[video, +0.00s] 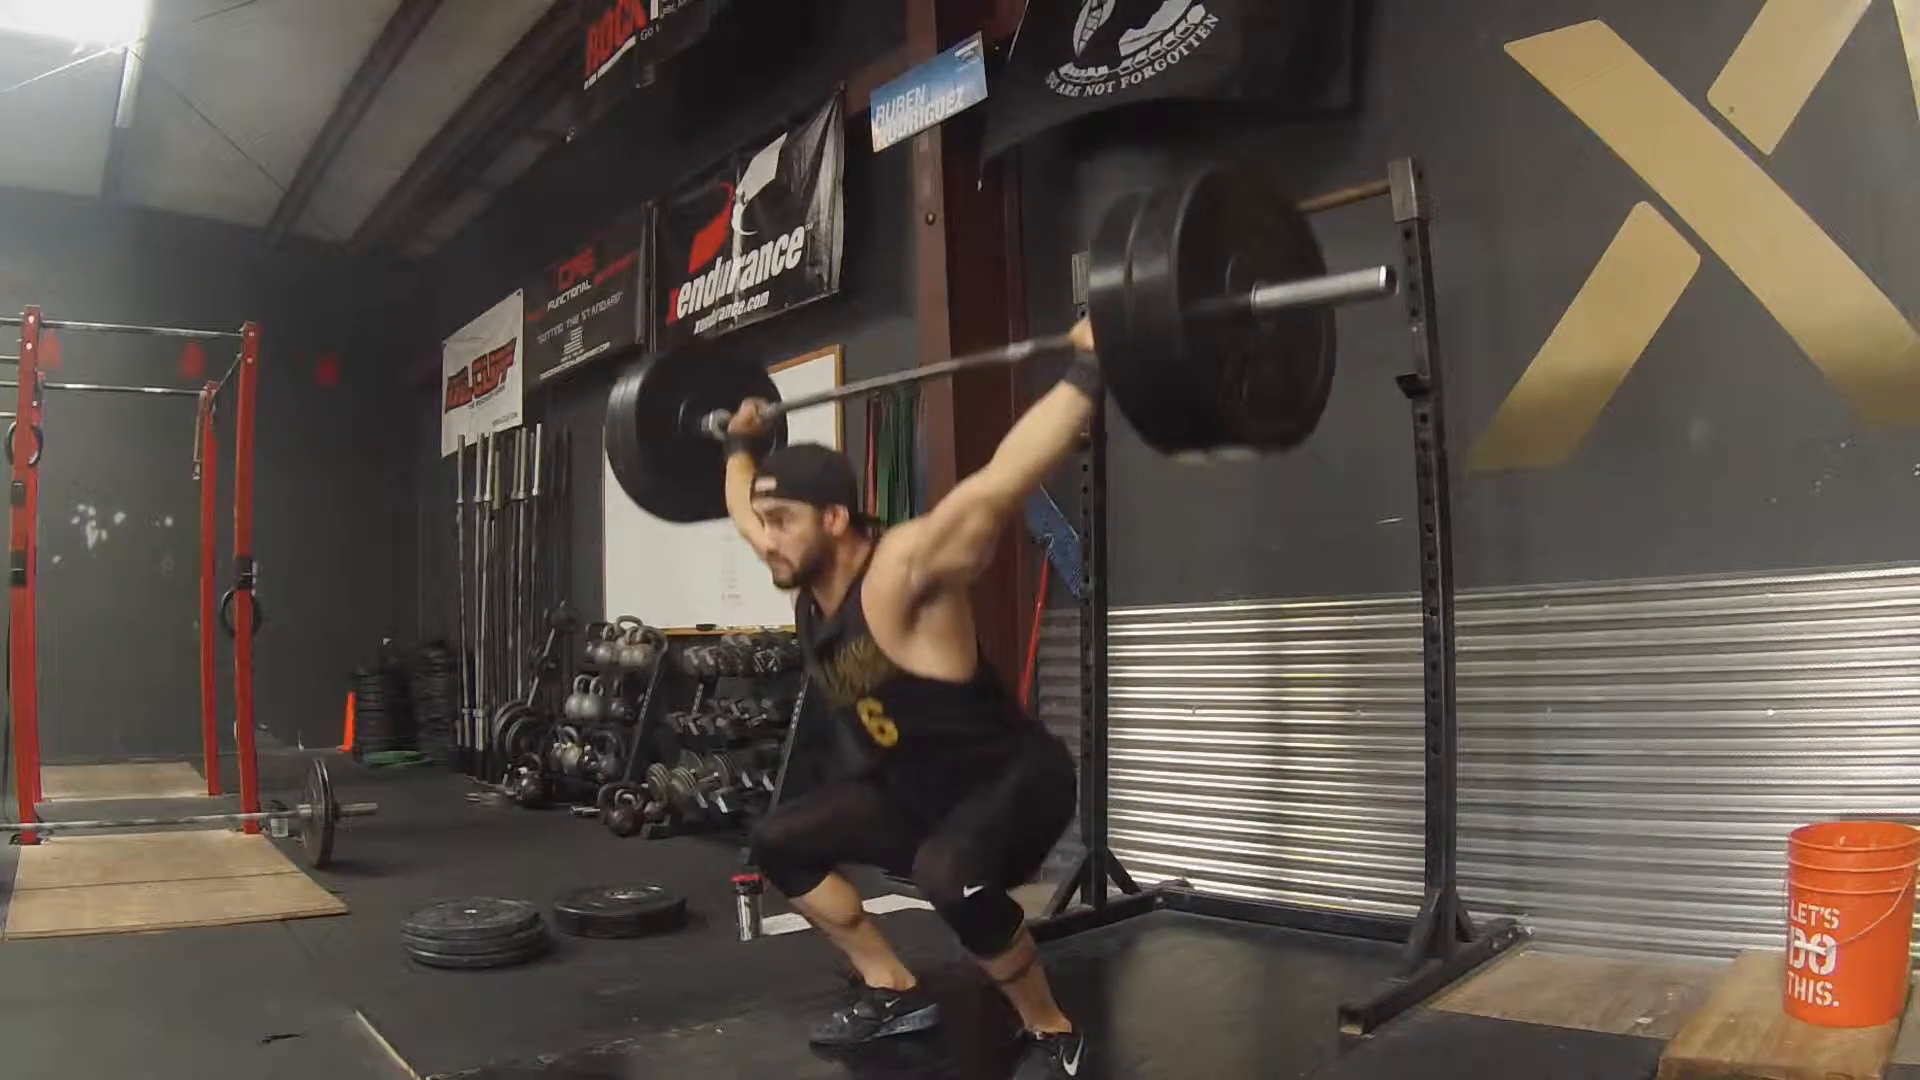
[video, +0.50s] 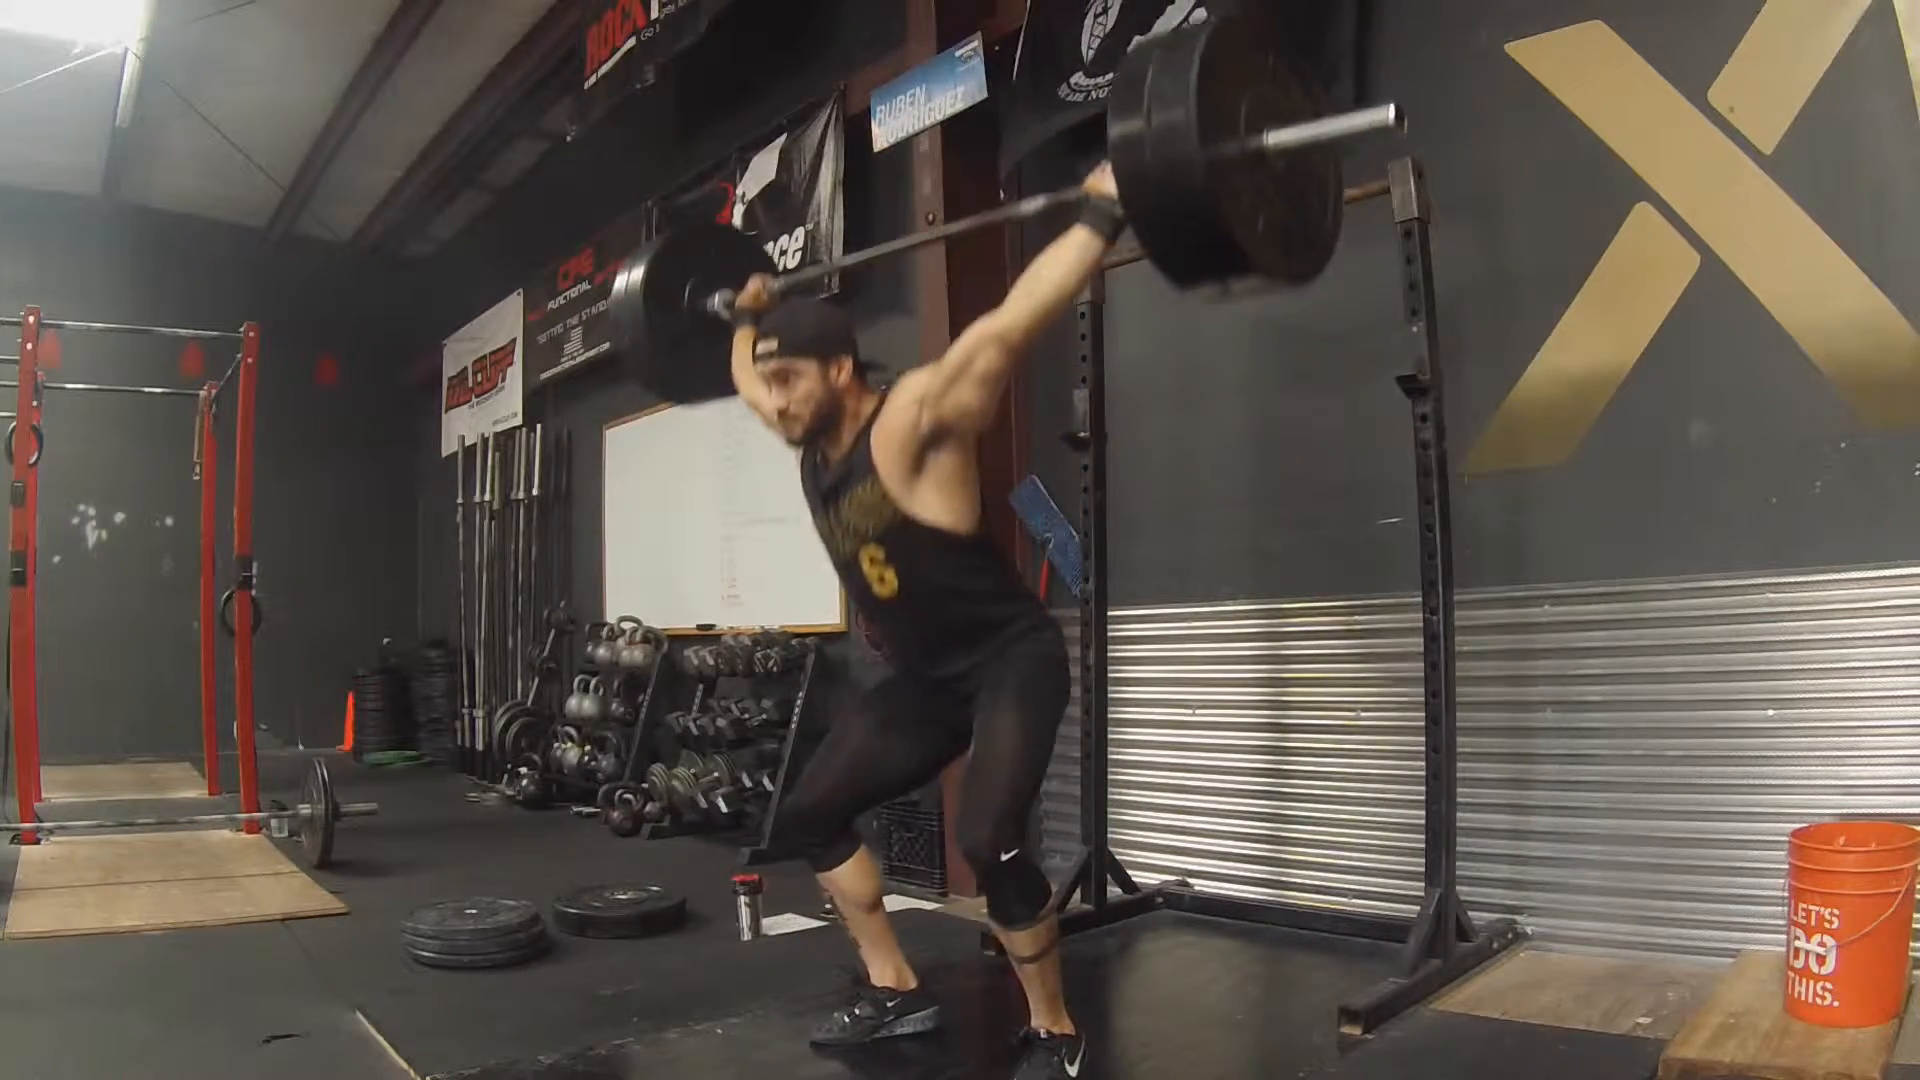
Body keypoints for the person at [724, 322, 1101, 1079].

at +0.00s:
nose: (766, 542)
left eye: (781, 521)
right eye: (759, 524)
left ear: (836, 519)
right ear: (754, 527)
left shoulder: (911, 563)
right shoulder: (813, 593)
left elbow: (1004, 480)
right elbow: (749, 518)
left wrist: (1086, 366)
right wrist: (741, 441)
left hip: (1011, 777)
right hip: (909, 789)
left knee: (949, 874)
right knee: (779, 843)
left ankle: (1052, 1033)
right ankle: (892, 990)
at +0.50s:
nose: (775, 401)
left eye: (787, 381)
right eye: (766, 387)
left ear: (842, 369)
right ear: (769, 392)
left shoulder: (921, 413)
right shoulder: (811, 446)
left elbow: (1008, 325)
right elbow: (752, 379)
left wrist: (1101, 210)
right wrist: (750, 309)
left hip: (1011, 657)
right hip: (919, 676)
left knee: (987, 841)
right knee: (813, 813)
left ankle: (1055, 1031)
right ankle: (895, 993)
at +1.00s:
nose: (807, 292)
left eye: (817, 271)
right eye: (797, 280)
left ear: (868, 255)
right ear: (813, 280)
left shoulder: (949, 290)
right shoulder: (853, 334)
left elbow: (1026, 188)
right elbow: (779, 268)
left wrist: (1115, 80)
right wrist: (769, 200)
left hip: (985, 588)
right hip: (900, 608)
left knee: (1008, 795)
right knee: (879, 787)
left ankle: (1057, 1031)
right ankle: (899, 998)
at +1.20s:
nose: (833, 292)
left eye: (843, 271)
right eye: (821, 280)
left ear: (889, 255)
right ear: (822, 280)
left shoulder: (967, 290)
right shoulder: (860, 326)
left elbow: (1036, 187)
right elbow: (790, 262)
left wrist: (1119, 79)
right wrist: (773, 196)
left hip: (984, 593)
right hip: (896, 609)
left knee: (1011, 797)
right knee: (883, 793)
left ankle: (1058, 1030)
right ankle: (900, 998)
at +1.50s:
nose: (953, 255)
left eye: (968, 241)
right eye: (947, 244)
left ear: (1016, 250)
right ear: (953, 260)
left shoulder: (1056, 311)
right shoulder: (947, 332)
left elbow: (1149, 285)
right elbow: (868, 324)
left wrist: (1142, 185)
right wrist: (792, 273)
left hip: (1051, 596)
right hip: (965, 603)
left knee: (1068, 794)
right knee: (923, 774)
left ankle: (1098, 1017)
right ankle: (926, 972)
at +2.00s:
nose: (1107, 301)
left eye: (1121, 285)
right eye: (1092, 288)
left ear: (1146, 289)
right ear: (1074, 297)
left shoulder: (1195, 361)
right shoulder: (1063, 383)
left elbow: (1269, 460)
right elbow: (1090, 493)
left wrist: (1315, 574)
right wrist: (1080, 576)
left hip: (1193, 608)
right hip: (1109, 616)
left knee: (1223, 781)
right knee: (1042, 769)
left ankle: (1257, 969)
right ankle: (1027, 941)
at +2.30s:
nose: (1121, 283)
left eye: (1134, 266)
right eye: (1107, 273)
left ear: (1168, 267)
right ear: (1097, 283)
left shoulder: (1222, 338)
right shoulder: (1090, 363)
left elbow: (1292, 431)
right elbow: (1074, 471)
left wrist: (1339, 517)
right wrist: (1021, 549)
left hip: (1219, 589)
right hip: (1132, 599)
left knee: (1243, 771)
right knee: (1089, 762)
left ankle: (1264, 965)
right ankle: (1061, 932)